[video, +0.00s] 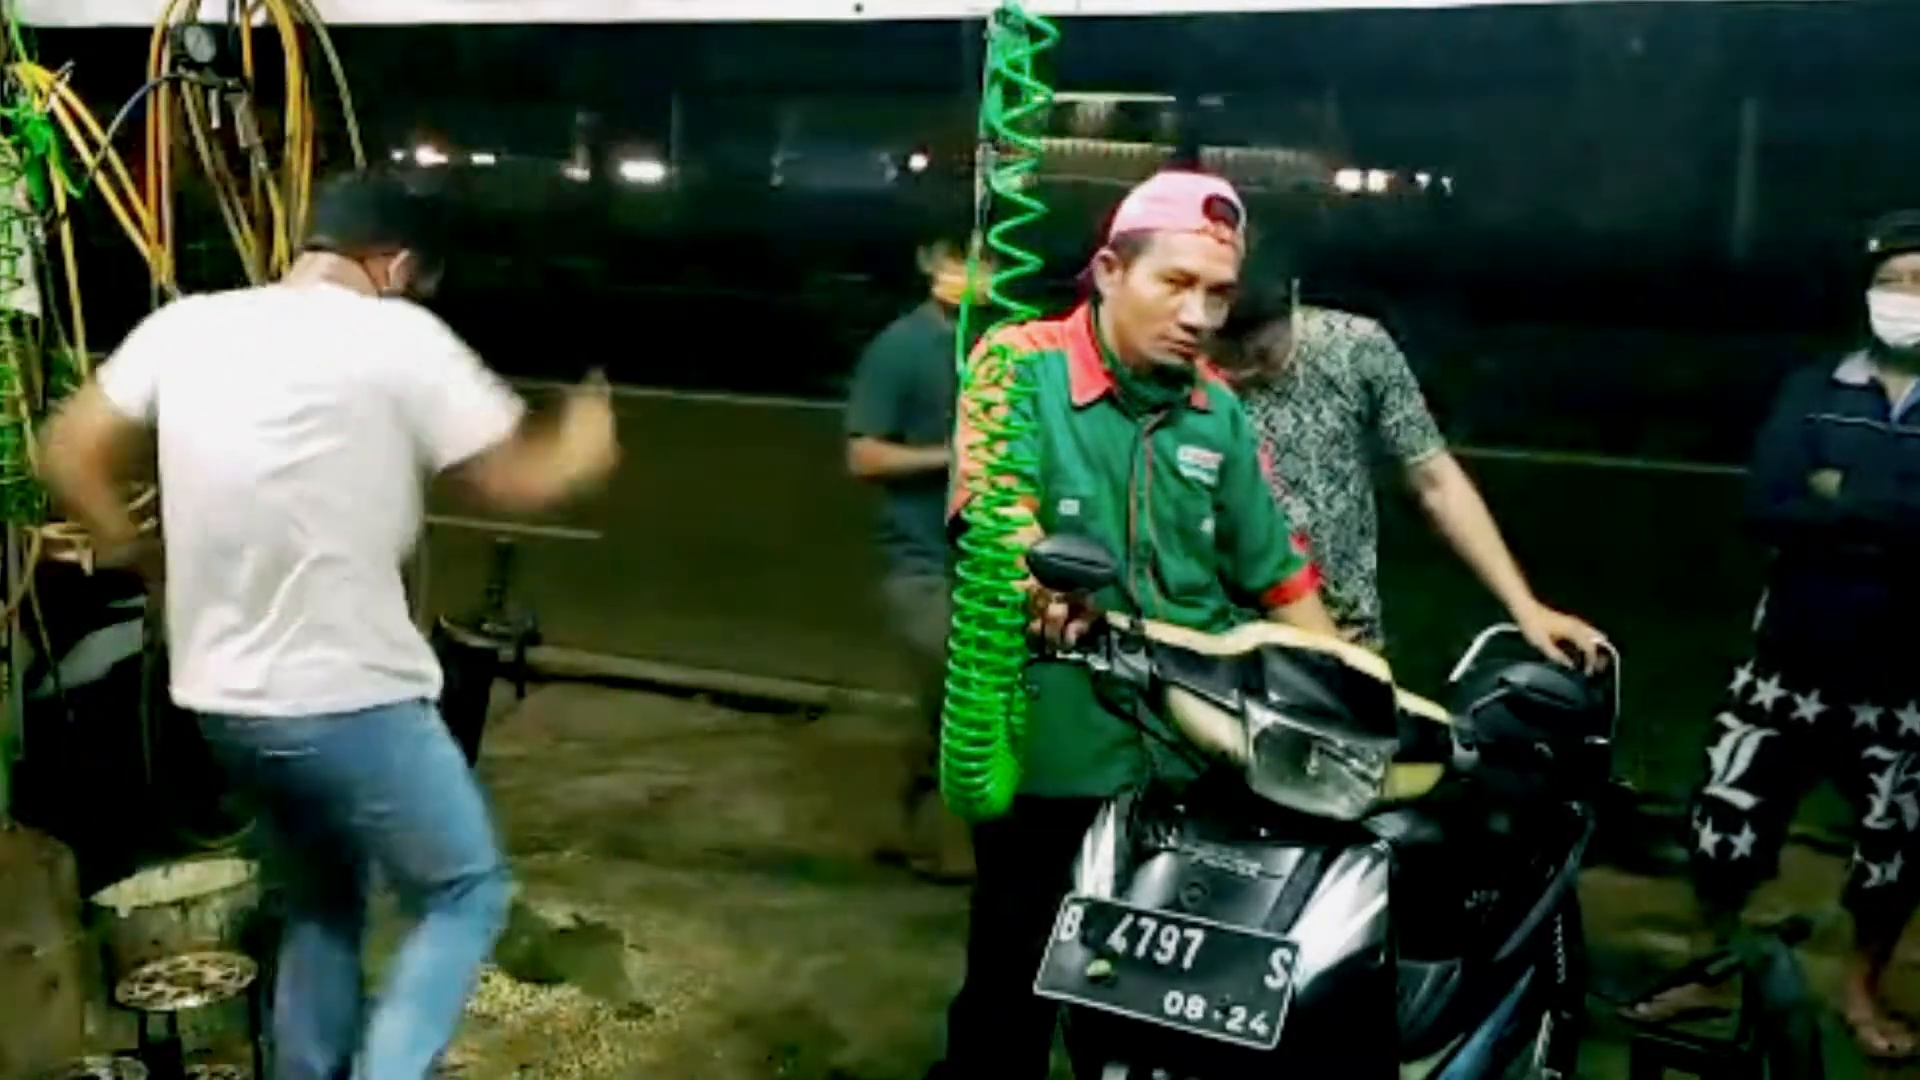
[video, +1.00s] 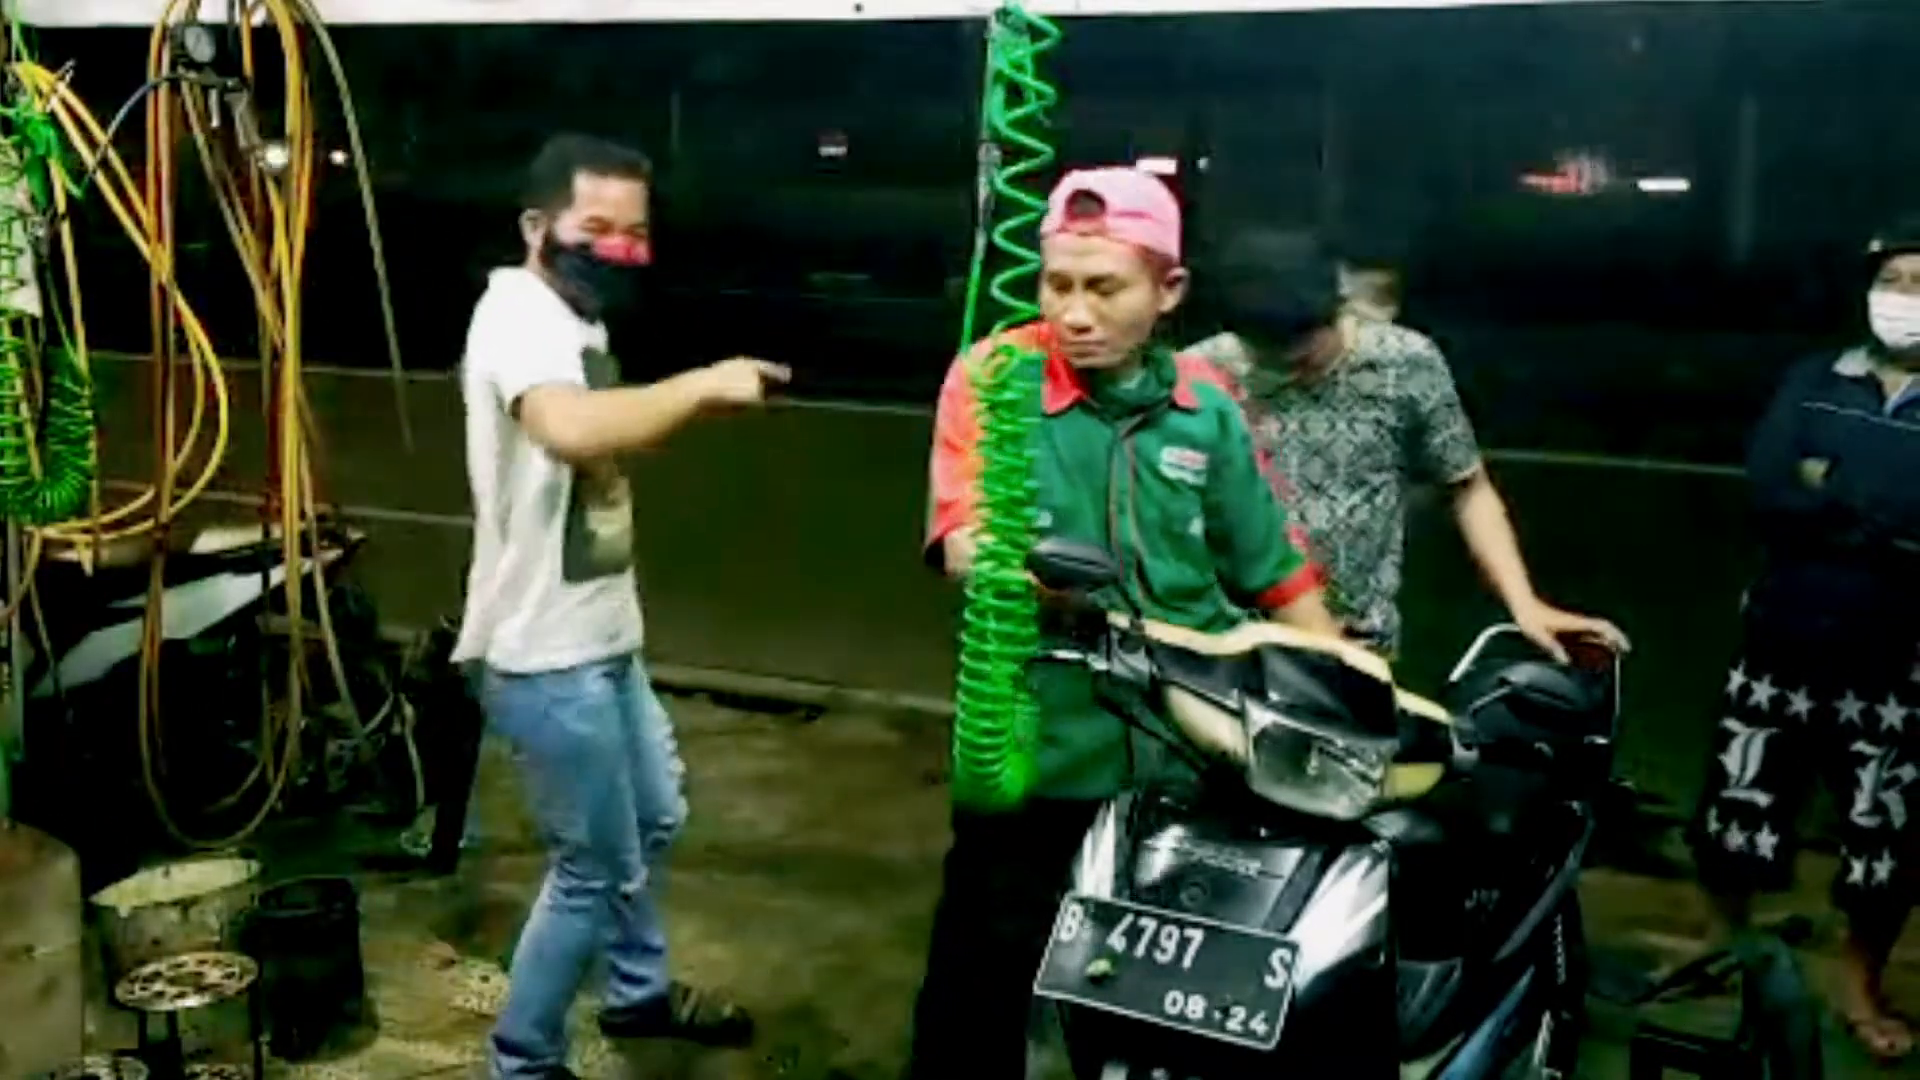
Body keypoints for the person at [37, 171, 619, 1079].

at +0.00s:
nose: (414, 292)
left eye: (415, 278)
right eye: (415, 276)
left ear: (304, 249)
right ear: (390, 261)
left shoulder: (184, 326)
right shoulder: (400, 337)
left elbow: (67, 447)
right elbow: (514, 484)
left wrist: (135, 546)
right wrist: (580, 442)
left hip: (220, 698)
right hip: (351, 698)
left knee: (317, 905)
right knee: (465, 889)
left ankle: (305, 1069)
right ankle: (385, 1067)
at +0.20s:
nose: (435, 296)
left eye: (442, 280)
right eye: (439, 277)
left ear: (333, 251)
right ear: (408, 261)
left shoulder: (266, 351)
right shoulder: (375, 341)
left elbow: (409, 482)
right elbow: (340, 511)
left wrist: (540, 431)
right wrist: (375, 689)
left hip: (285, 696)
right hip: (391, 693)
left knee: (359, 891)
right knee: (528, 845)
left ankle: (314, 1070)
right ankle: (486, 1061)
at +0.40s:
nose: (500, 282)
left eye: (508, 264)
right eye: (490, 258)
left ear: (419, 244)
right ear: (420, 234)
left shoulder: (416, 329)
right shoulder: (374, 317)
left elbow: (539, 369)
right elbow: (274, 444)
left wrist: (611, 303)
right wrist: (311, 616)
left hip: (386, 686)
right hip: (440, 684)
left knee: (387, 880)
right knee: (524, 882)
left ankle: (322, 1067)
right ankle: (512, 1062)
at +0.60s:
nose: (553, 271)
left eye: (566, 251)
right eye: (532, 246)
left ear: (576, 244)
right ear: (463, 235)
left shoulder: (503, 330)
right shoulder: (439, 337)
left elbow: (566, 431)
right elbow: (375, 507)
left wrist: (655, 490)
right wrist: (434, 663)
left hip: (523, 659)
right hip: (492, 672)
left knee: (507, 856)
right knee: (578, 881)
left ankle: (369, 1042)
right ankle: (522, 1060)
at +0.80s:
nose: (585, 280)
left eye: (598, 261)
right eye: (564, 256)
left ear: (607, 261)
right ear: (499, 254)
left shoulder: (524, 355)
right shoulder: (486, 361)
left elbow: (523, 521)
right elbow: (508, 520)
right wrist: (678, 545)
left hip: (560, 666)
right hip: (505, 685)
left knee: (657, 810)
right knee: (607, 888)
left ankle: (543, 975)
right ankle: (527, 1055)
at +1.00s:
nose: (619, 253)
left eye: (632, 235)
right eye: (600, 230)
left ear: (640, 233)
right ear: (540, 227)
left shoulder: (573, 321)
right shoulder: (513, 313)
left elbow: (578, 454)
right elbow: (569, 428)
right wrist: (701, 388)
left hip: (602, 643)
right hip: (542, 657)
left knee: (653, 819)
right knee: (595, 863)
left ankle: (637, 998)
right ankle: (524, 1056)